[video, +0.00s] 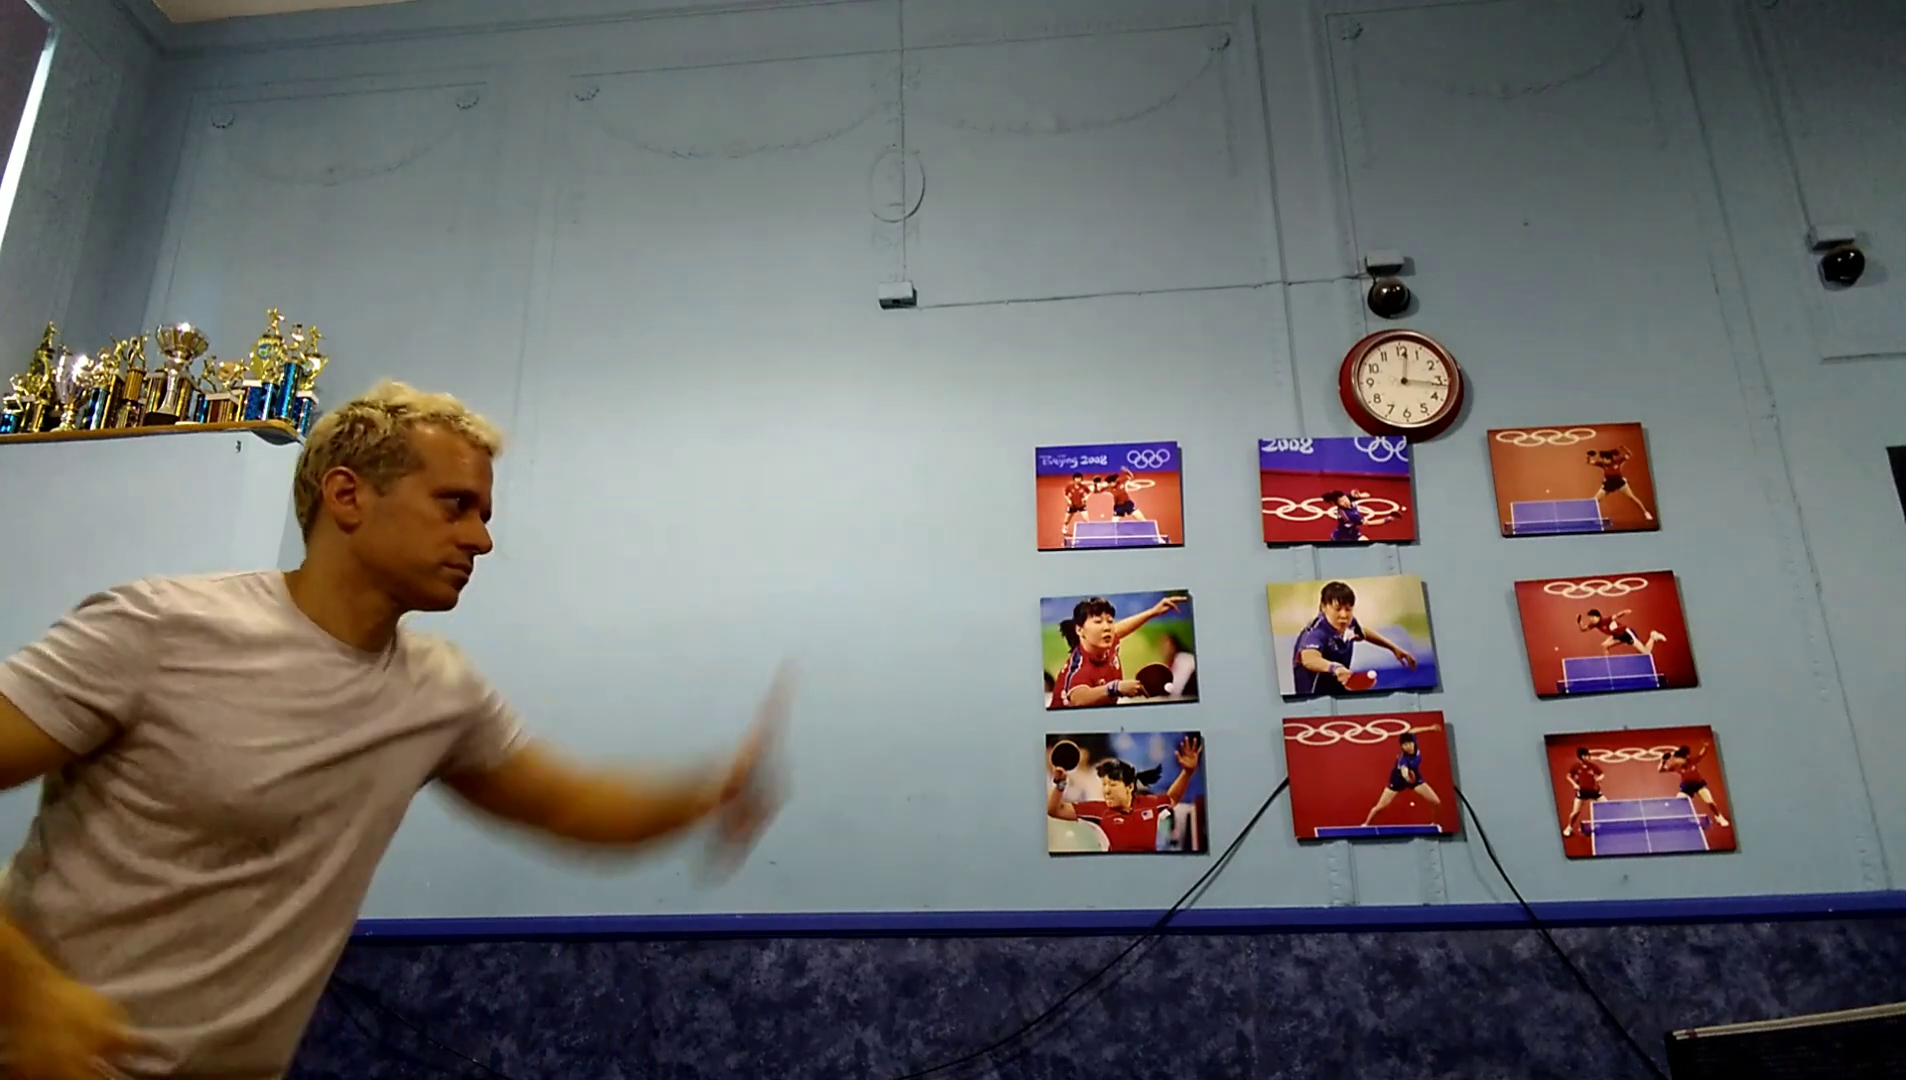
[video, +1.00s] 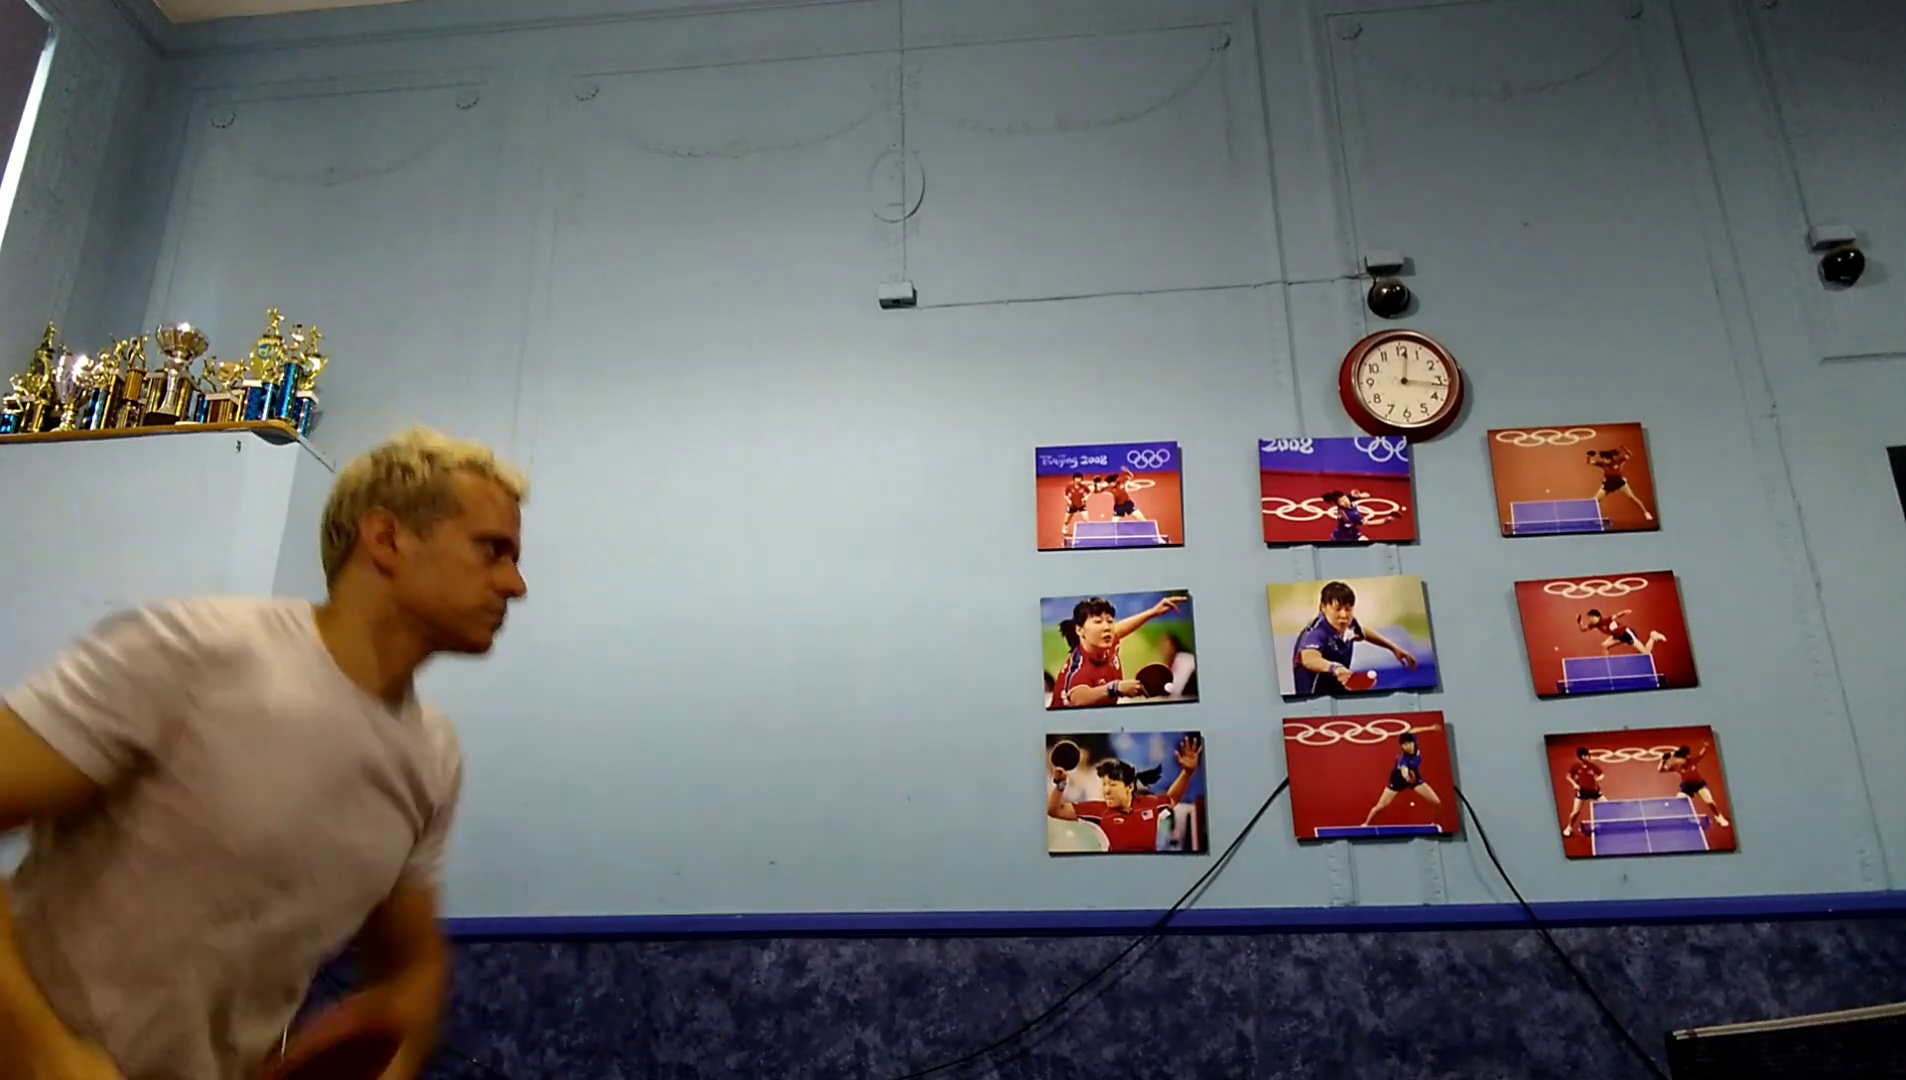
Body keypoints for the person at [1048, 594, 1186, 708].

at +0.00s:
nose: (1107, 628)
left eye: (1110, 622)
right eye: (1098, 622)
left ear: (1114, 625)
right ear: (1080, 630)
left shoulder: (1109, 644)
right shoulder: (1079, 666)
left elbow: (1120, 629)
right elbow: (1078, 698)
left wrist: (1154, 612)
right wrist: (1115, 687)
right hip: (1069, 729)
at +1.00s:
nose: (1107, 628)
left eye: (1110, 622)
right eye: (1098, 622)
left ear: (1114, 626)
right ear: (1080, 630)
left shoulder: (1109, 644)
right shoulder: (1078, 666)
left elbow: (1119, 630)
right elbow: (1078, 699)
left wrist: (1154, 611)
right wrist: (1115, 687)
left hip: (1101, 725)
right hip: (1069, 730)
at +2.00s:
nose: (1107, 628)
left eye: (1110, 622)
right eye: (1098, 622)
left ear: (1114, 626)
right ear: (1080, 630)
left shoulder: (1109, 644)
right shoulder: (1079, 666)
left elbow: (1119, 630)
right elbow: (1078, 698)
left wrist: (1154, 612)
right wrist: (1115, 687)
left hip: (1102, 724)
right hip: (1070, 729)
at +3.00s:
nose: (1107, 628)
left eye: (1109, 622)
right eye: (1098, 622)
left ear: (1114, 626)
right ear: (1080, 630)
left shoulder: (1109, 644)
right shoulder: (1079, 666)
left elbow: (1120, 630)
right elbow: (1078, 698)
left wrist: (1154, 611)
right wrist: (1115, 687)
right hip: (1069, 730)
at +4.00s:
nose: (1107, 628)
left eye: (1110, 622)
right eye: (1098, 622)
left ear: (1114, 626)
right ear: (1080, 630)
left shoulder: (1109, 644)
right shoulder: (1078, 666)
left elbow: (1120, 629)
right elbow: (1078, 698)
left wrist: (1154, 611)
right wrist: (1115, 687)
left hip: (1102, 724)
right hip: (1069, 729)